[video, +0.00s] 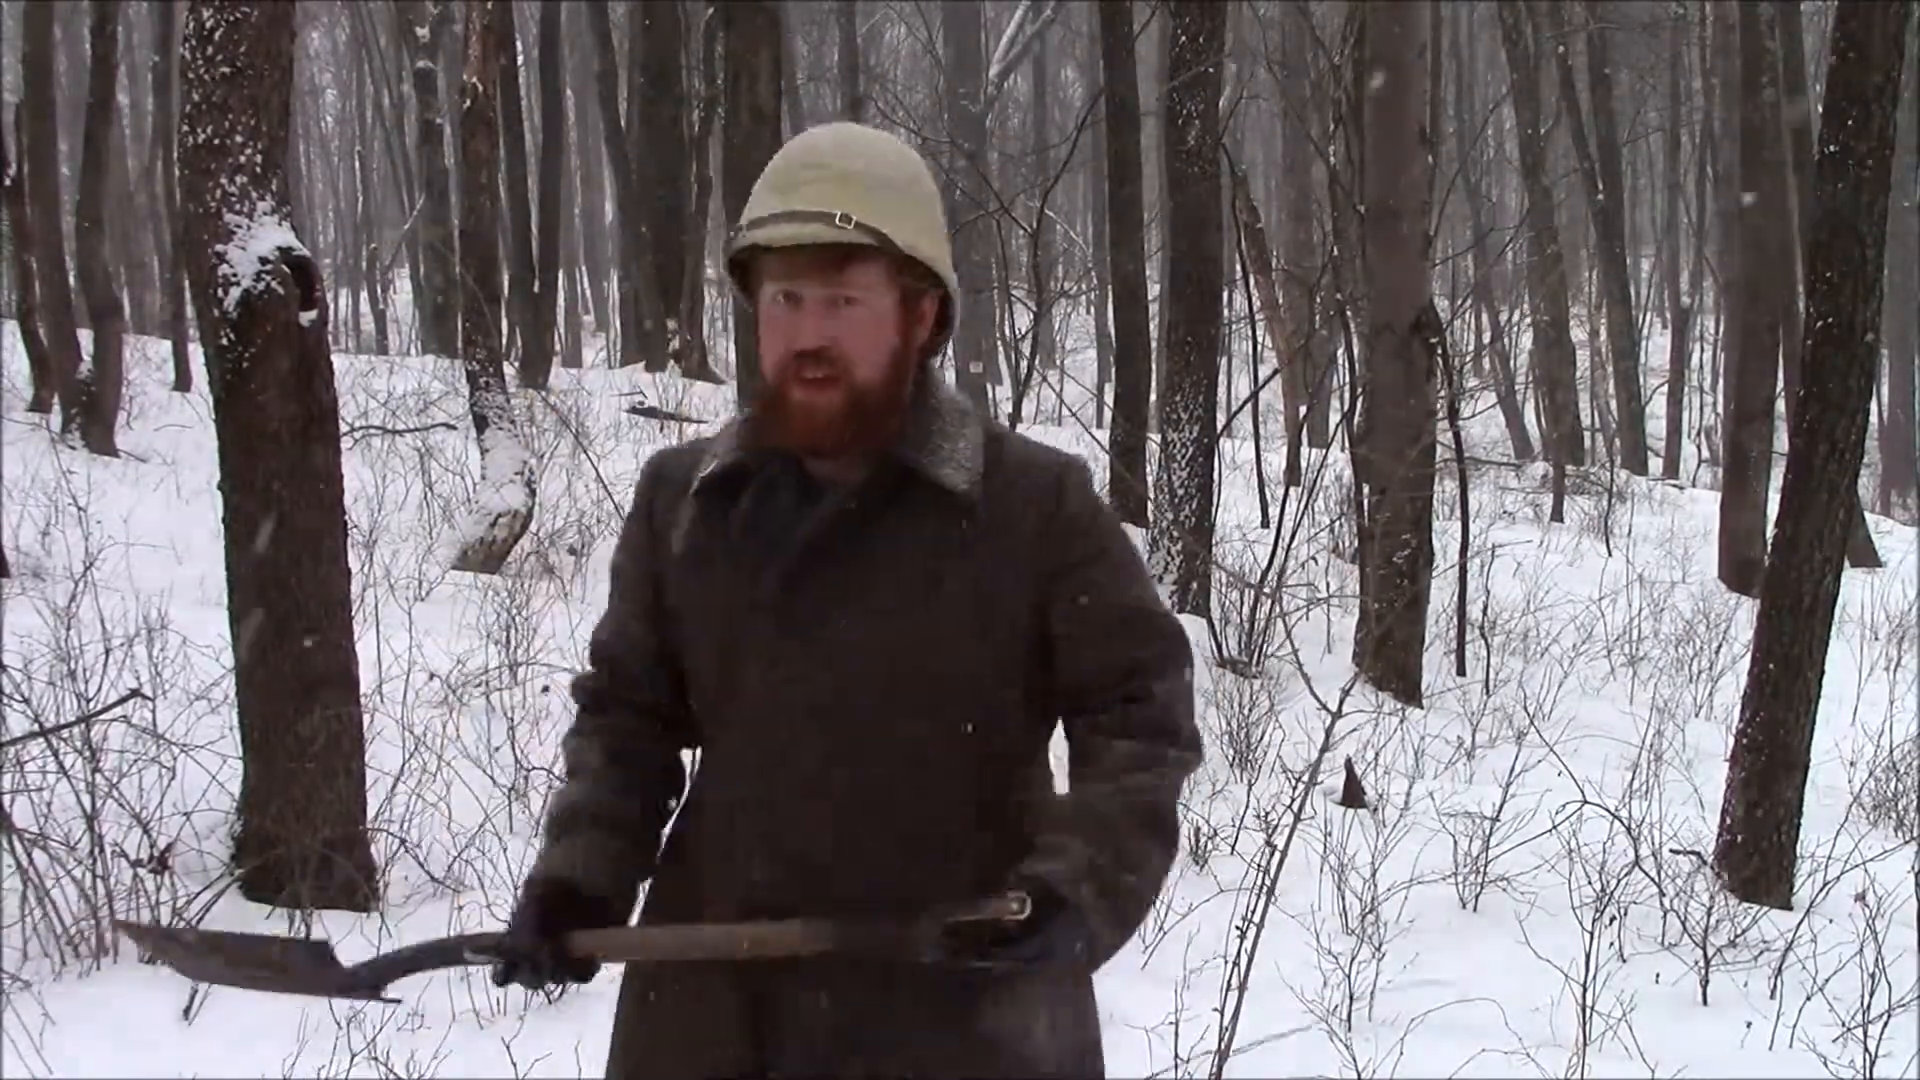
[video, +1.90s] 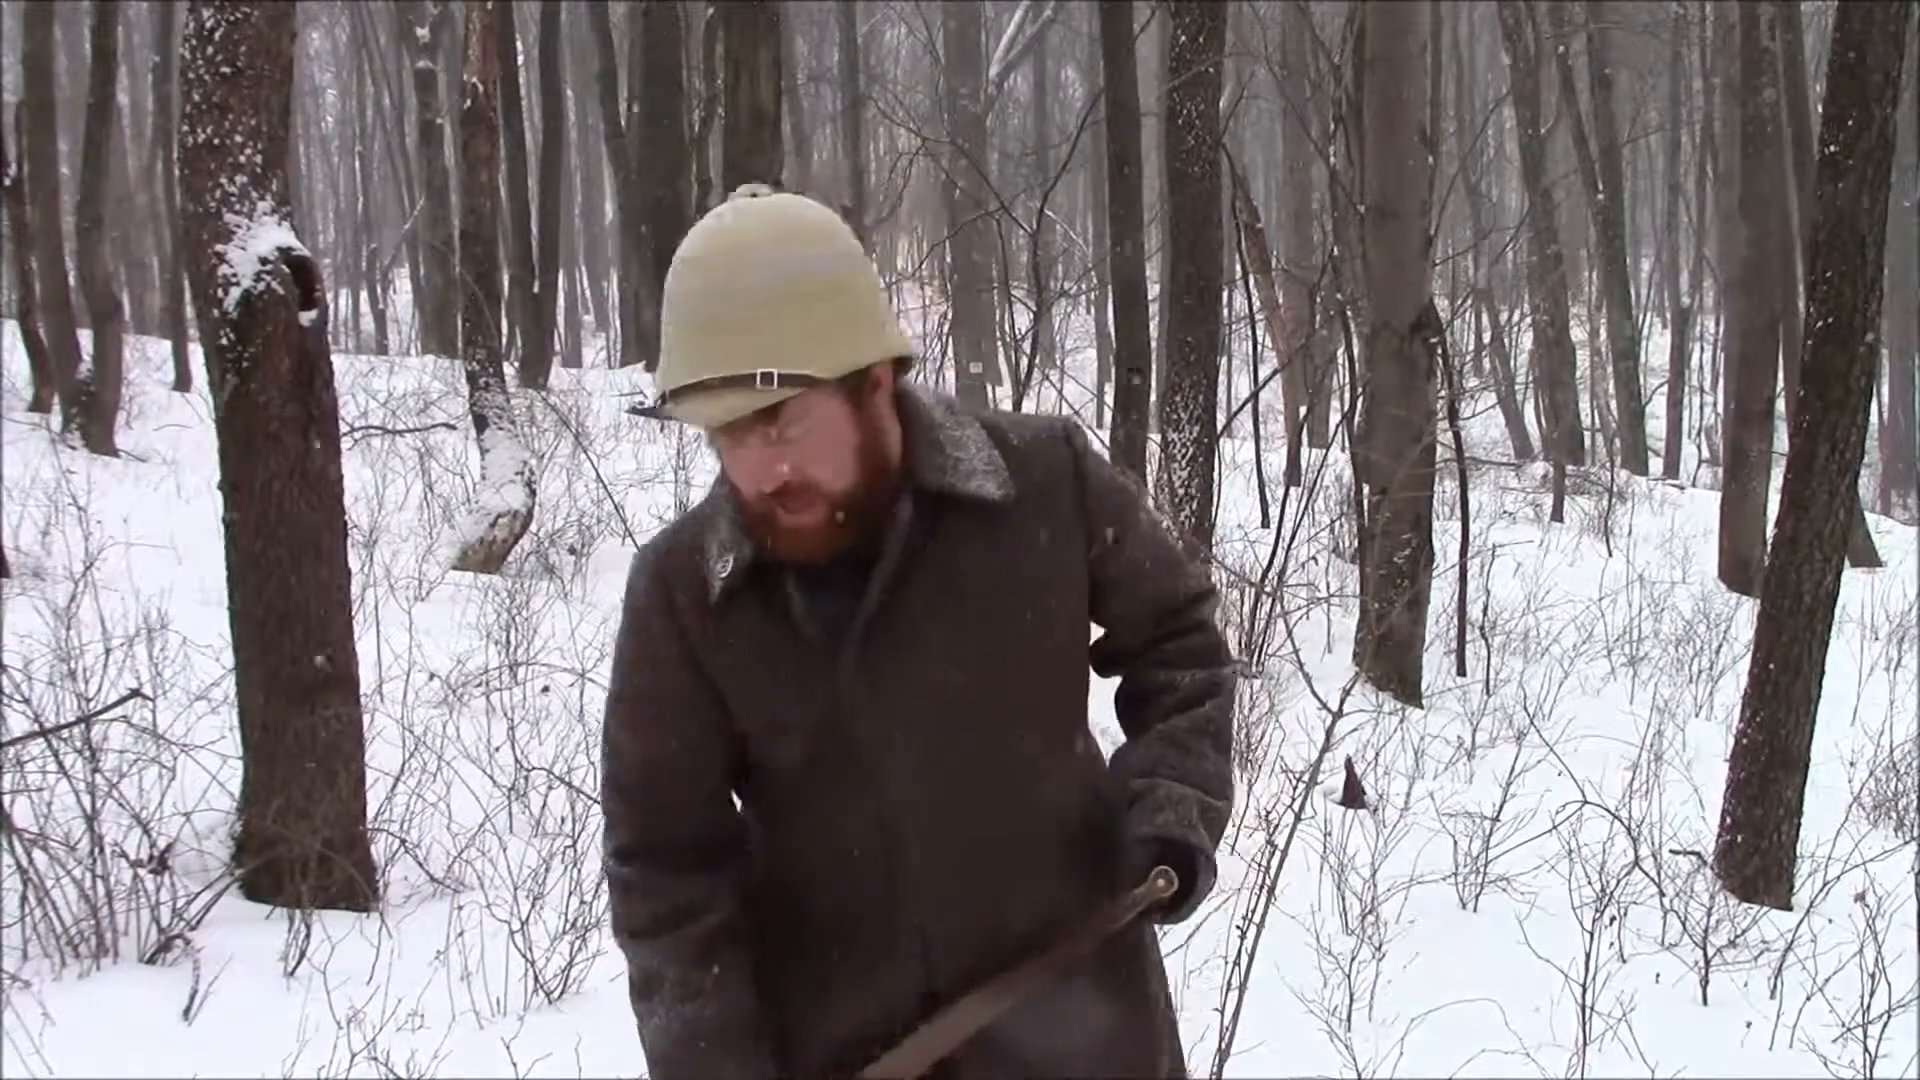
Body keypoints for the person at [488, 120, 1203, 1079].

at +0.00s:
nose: (808, 336)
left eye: (844, 298)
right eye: (784, 300)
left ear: (922, 318)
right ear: (752, 315)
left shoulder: (1034, 508)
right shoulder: (683, 500)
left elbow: (1142, 725)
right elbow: (627, 711)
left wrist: (1071, 894)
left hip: (961, 1010)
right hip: (719, 1005)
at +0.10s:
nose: (841, 323)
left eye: (874, 290)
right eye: (816, 292)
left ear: (949, 306)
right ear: (784, 309)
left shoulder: (1072, 494)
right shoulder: (711, 505)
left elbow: (1192, 710)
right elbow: (668, 733)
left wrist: (1185, 876)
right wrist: (676, 909)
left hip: (1008, 1022)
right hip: (759, 1022)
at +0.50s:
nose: (883, 323)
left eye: (909, 287)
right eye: (856, 297)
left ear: (984, 296)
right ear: (830, 324)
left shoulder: (1135, 477)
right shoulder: (783, 524)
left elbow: (1243, 662)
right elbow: (717, 722)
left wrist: (1157, 775)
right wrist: (615, 827)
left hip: (1088, 1000)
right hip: (850, 1003)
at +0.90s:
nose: (858, 326)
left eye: (882, 285)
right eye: (827, 299)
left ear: (961, 289)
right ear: (799, 323)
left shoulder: (1116, 472)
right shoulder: (752, 515)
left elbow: (1228, 667)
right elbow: (705, 735)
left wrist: (1237, 823)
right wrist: (732, 887)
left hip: (1072, 1008)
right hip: (825, 1023)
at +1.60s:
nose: (870, 377)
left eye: (893, 334)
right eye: (840, 345)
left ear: (972, 320)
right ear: (807, 351)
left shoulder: (1124, 478)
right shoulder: (756, 537)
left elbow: (1234, 671)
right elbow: (717, 791)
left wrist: (1235, 840)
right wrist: (749, 1017)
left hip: (1114, 1022)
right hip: (870, 1039)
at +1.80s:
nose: (801, 435)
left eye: (826, 381)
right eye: (771, 393)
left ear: (921, 350)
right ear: (747, 393)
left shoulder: (1084, 485)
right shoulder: (712, 566)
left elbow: (1197, 656)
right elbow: (688, 847)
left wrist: (1201, 823)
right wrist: (732, 1060)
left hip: (1088, 1030)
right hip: (848, 1048)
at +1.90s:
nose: (758, 475)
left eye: (781, 423)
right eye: (726, 435)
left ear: (877, 382)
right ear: (703, 431)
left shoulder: (1049, 483)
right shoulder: (680, 592)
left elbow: (1177, 639)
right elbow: (668, 881)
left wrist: (1173, 807)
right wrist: (712, 1060)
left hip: (1073, 1022)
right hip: (833, 1047)